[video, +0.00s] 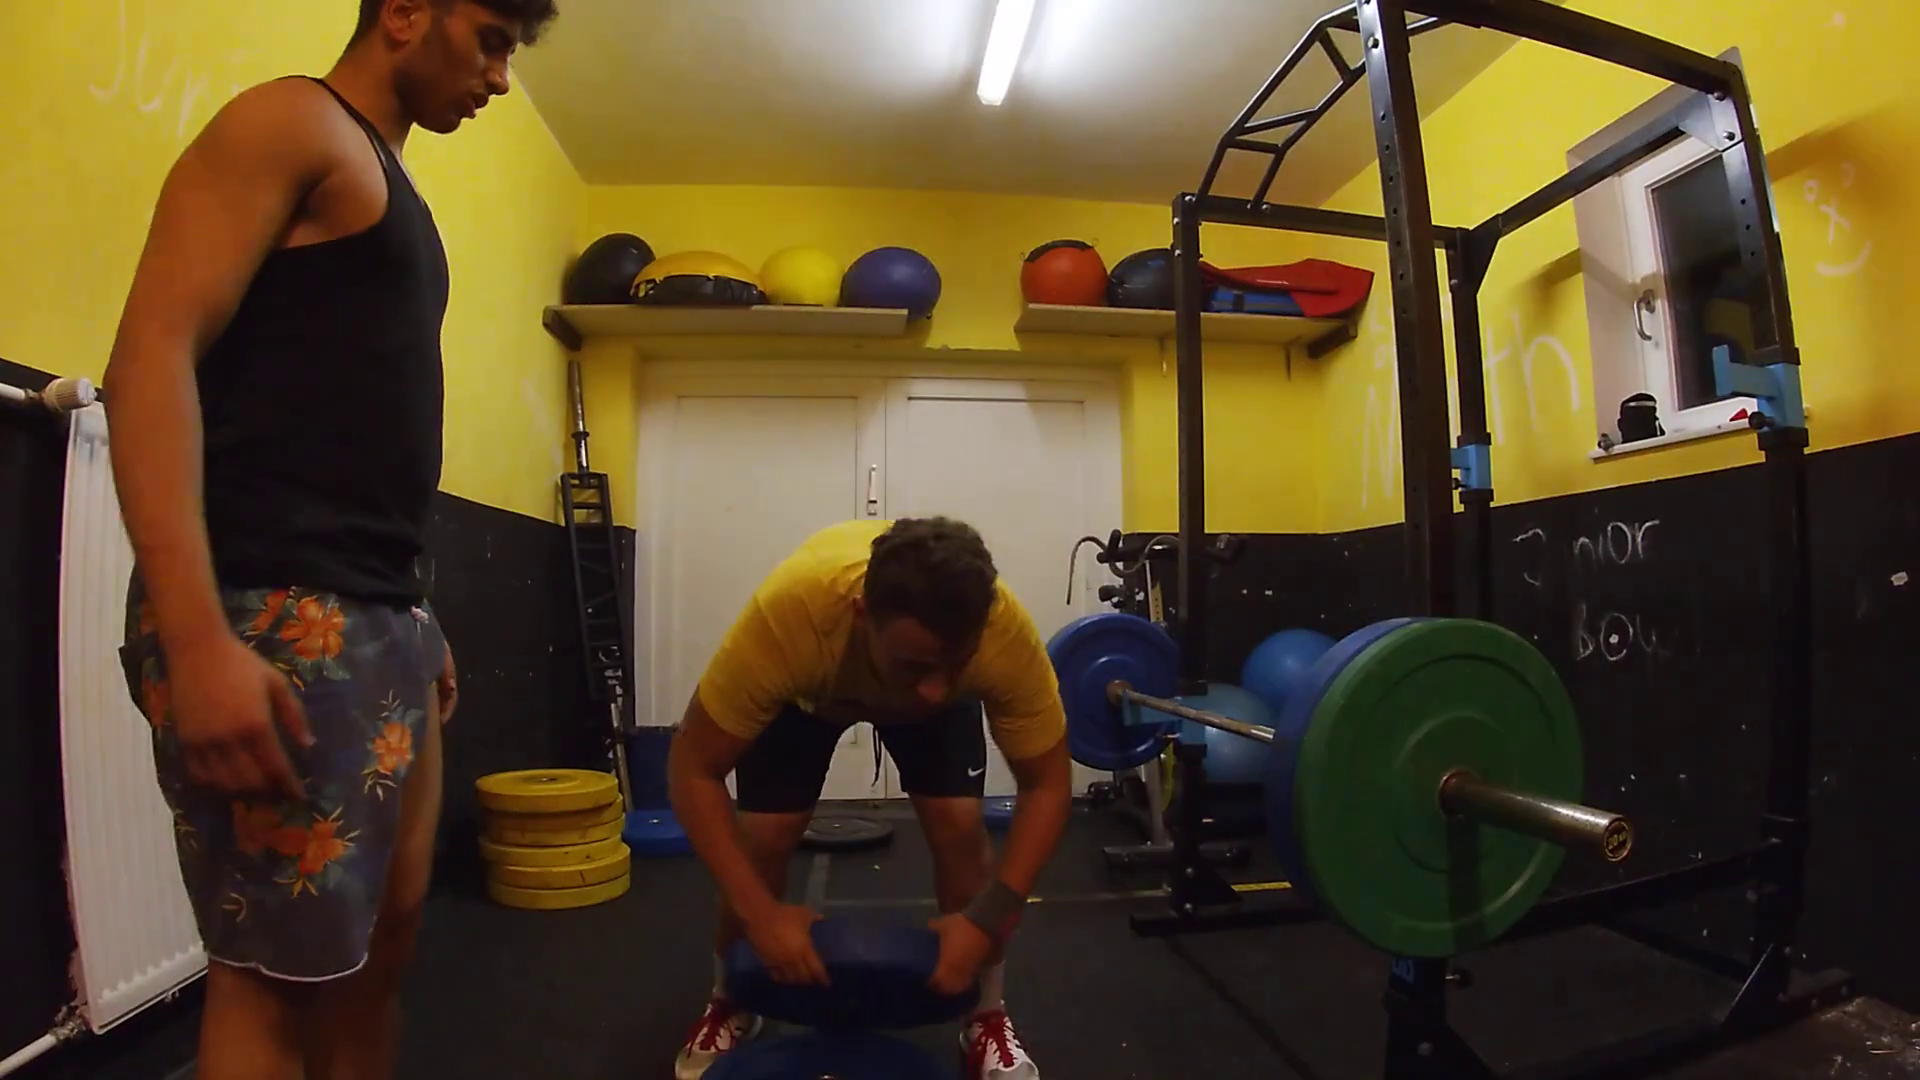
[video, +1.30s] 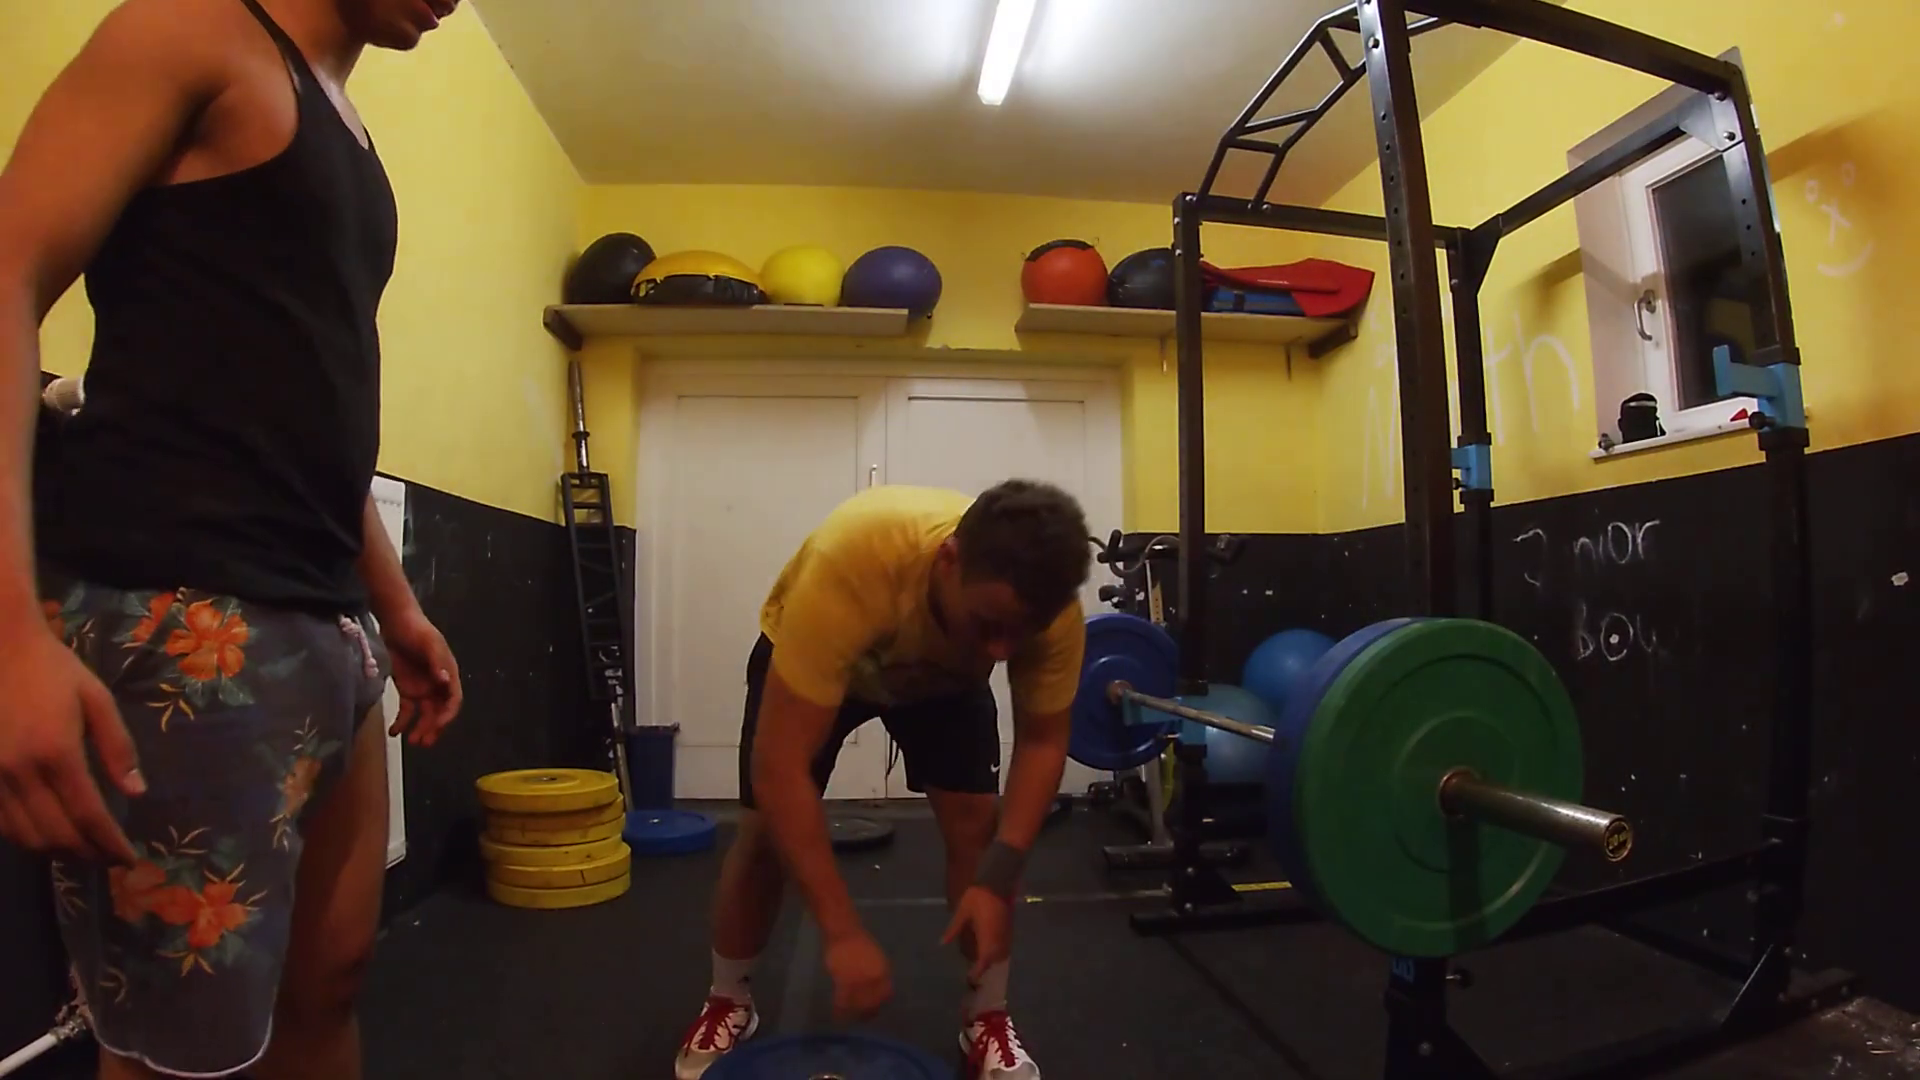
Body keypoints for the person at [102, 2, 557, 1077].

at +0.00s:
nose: (503, 78)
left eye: (512, 52)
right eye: (494, 41)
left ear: (409, 28)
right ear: (404, 16)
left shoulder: (385, 175)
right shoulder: (288, 123)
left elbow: (353, 432)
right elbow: (148, 360)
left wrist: (411, 621)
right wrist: (196, 642)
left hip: (379, 624)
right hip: (281, 623)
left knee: (378, 949)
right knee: (268, 980)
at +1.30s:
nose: (451, 1)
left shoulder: (346, 122)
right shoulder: (188, 32)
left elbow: (313, 400)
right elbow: (10, 283)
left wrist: (392, 604)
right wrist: (14, 629)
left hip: (331, 635)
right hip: (180, 633)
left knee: (324, 1000)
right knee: (172, 1049)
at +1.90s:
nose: (463, 18)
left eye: (472, 4)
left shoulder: (353, 129)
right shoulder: (200, 33)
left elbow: (330, 397)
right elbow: (11, 262)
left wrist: (394, 610)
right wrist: (79, 590)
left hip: (339, 633)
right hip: (196, 629)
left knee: (323, 997)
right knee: (184, 1045)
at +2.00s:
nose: (472, 29)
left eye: (485, 12)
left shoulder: (353, 133)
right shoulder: (203, 48)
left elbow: (330, 409)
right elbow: (17, 269)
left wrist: (406, 610)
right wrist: (175, 464)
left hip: (337, 622)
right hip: (188, 617)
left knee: (322, 995)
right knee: (192, 1035)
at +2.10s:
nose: (470, 43)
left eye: (488, 24)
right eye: (471, 8)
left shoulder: (363, 162)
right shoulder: (197, 61)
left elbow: (342, 422)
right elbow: (25, 271)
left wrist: (417, 614)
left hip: (347, 630)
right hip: (199, 622)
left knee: (318, 1000)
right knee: (201, 1039)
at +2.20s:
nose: (467, 52)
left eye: (485, 32)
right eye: (473, 18)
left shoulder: (355, 148)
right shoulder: (210, 62)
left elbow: (350, 415)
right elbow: (51, 231)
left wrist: (424, 614)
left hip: (355, 625)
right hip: (210, 615)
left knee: (321, 991)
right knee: (206, 1037)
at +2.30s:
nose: (459, 60)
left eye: (479, 38)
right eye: (463, 21)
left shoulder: (344, 143)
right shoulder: (226, 94)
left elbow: (356, 408)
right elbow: (136, 102)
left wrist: (430, 616)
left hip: (358, 620)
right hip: (214, 617)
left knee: (324, 989)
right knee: (207, 1032)